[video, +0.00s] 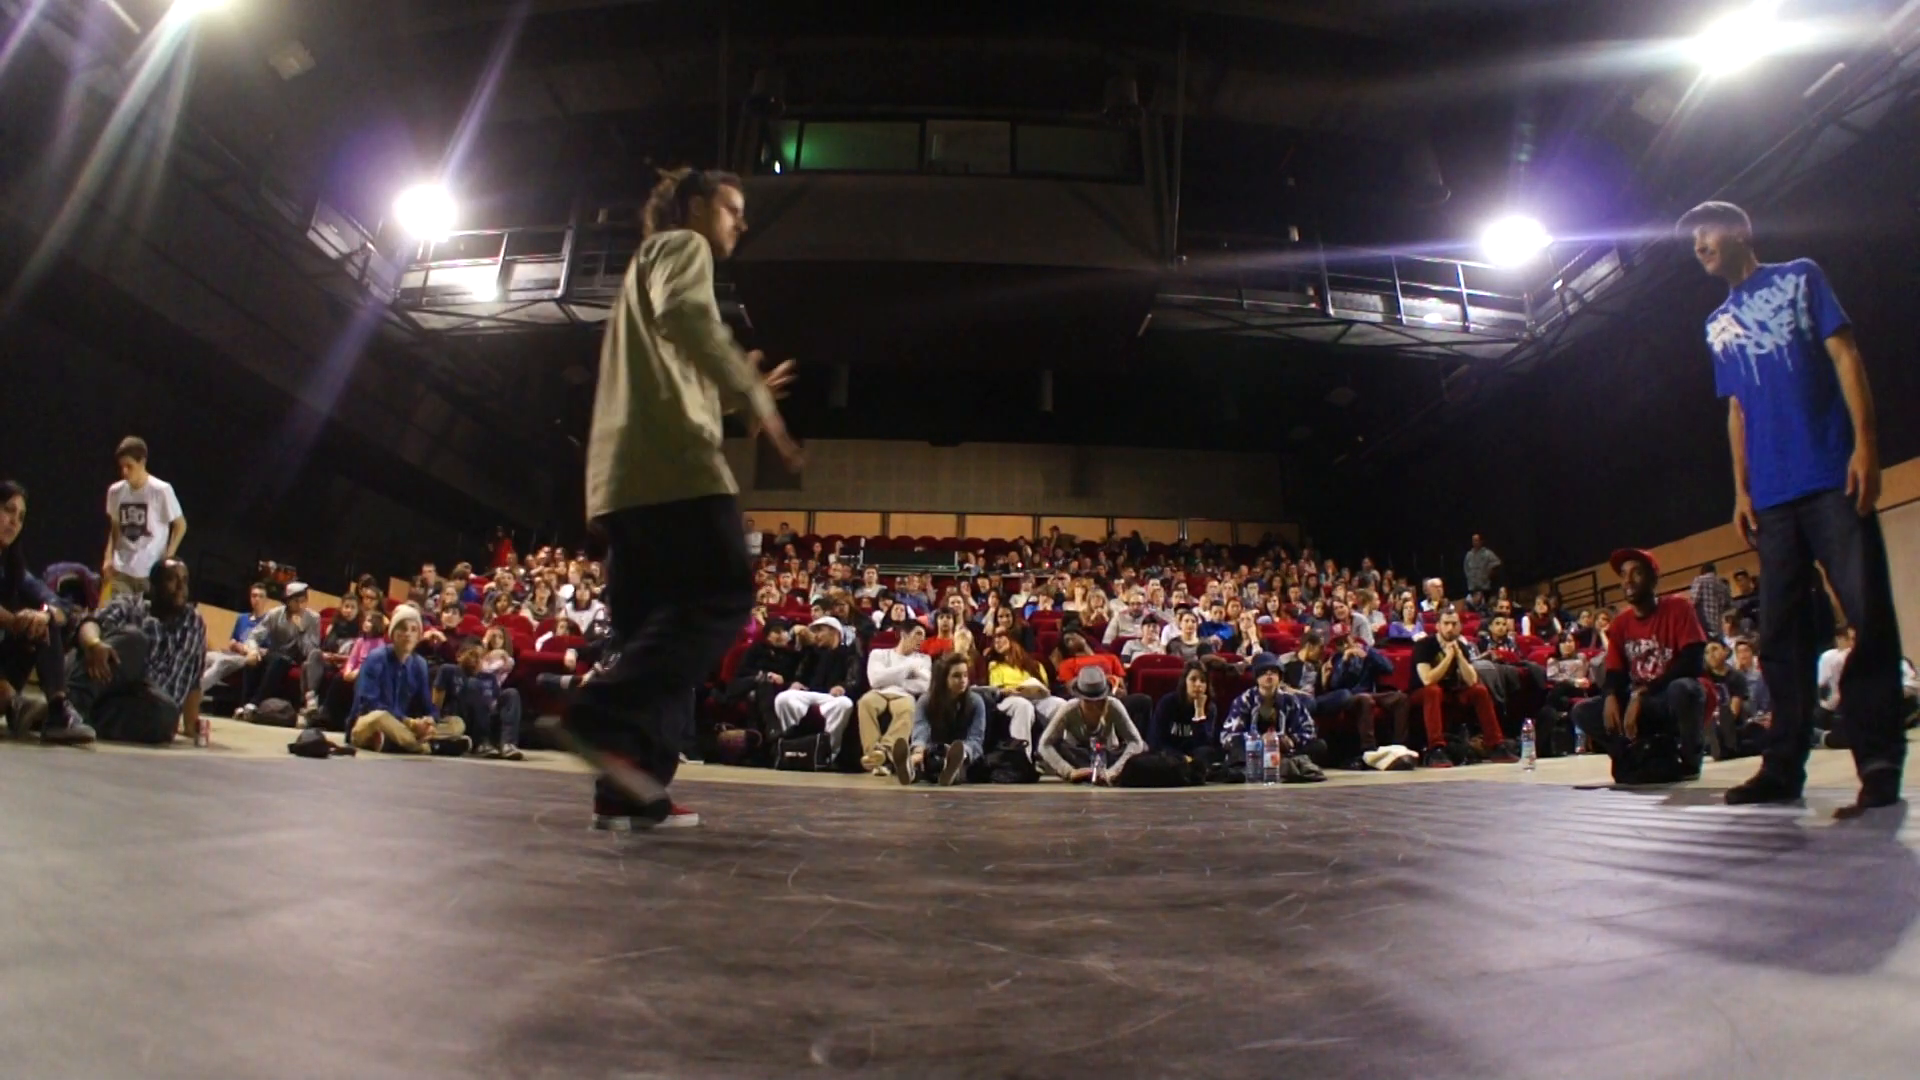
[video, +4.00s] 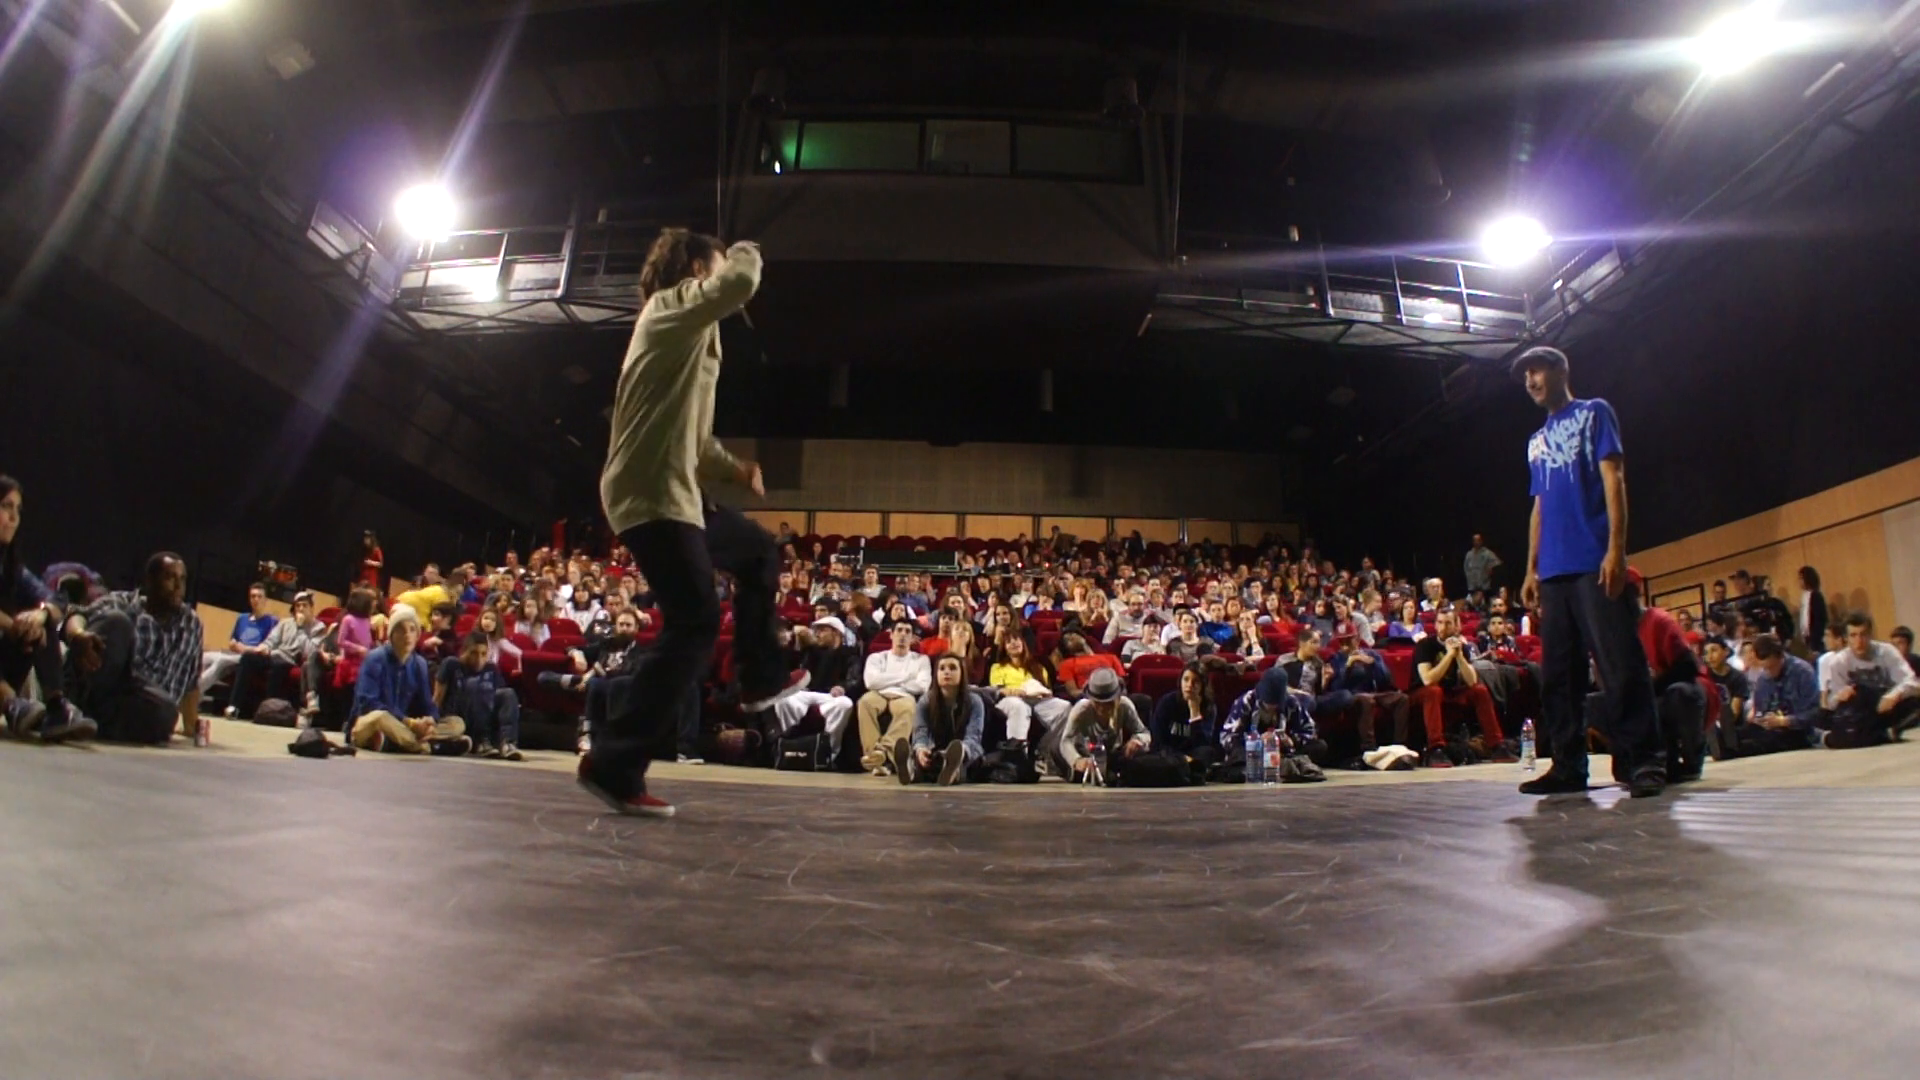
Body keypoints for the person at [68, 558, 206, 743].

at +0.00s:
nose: (181, 587)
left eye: (185, 581)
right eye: (172, 580)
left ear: (188, 586)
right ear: (155, 584)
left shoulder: (194, 624)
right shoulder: (131, 606)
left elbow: (194, 682)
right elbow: (90, 623)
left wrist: (191, 729)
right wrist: (93, 644)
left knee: (162, 717)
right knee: (134, 639)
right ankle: (73, 707)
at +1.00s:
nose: (174, 587)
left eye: (181, 582)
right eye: (167, 580)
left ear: (187, 588)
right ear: (153, 584)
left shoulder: (195, 624)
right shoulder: (128, 606)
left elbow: (194, 683)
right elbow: (90, 623)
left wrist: (191, 731)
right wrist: (93, 644)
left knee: (162, 720)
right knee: (135, 640)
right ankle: (67, 704)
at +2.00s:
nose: (180, 590)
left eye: (184, 584)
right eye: (172, 583)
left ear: (188, 588)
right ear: (156, 584)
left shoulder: (195, 625)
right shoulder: (128, 605)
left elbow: (193, 684)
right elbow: (87, 620)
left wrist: (192, 731)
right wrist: (88, 640)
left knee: (163, 718)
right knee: (129, 634)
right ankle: (70, 705)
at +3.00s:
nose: (179, 587)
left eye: (183, 581)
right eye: (172, 579)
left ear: (187, 585)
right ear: (153, 582)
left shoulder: (193, 626)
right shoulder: (125, 602)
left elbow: (192, 685)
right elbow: (77, 617)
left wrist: (190, 730)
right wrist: (77, 634)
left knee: (160, 719)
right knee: (115, 623)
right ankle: (63, 707)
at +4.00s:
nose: (178, 586)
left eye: (182, 579)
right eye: (170, 578)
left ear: (186, 584)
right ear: (151, 580)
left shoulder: (191, 624)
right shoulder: (124, 602)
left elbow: (191, 684)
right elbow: (77, 616)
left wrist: (191, 731)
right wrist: (77, 634)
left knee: (161, 718)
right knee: (116, 623)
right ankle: (67, 707)